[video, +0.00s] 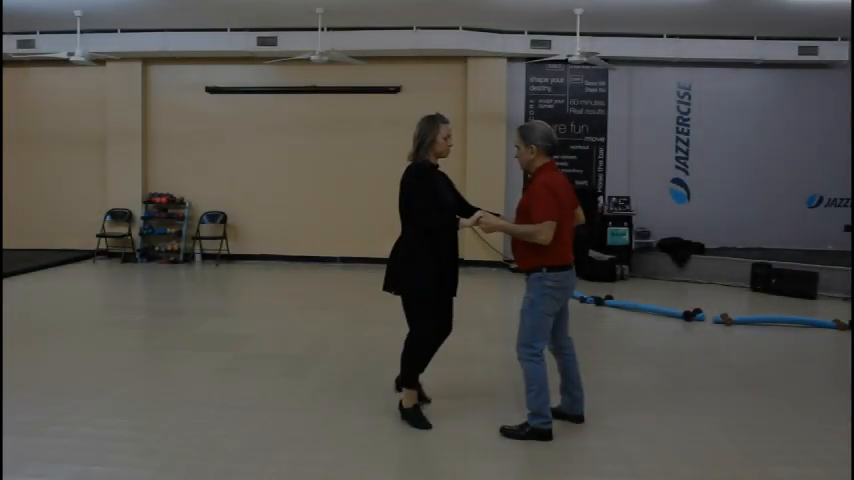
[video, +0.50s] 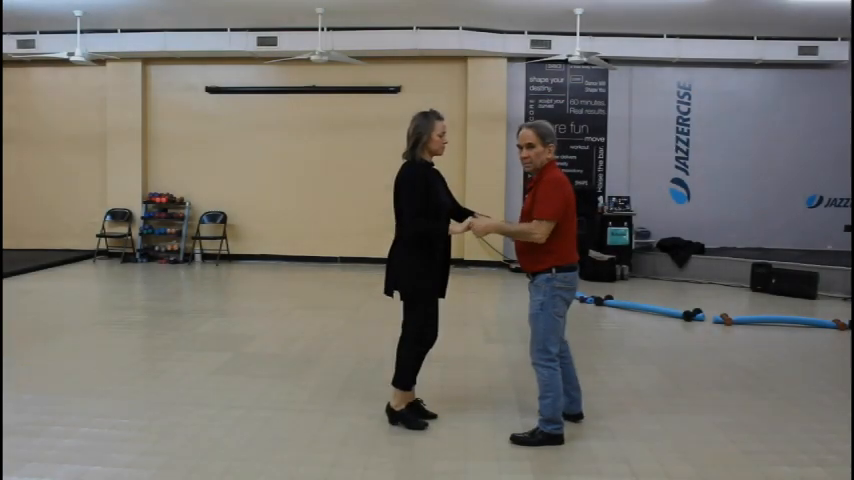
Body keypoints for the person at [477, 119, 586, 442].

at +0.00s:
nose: (516, 154)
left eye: (519, 148)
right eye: (517, 148)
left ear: (534, 150)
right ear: (542, 151)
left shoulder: (543, 184)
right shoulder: (558, 179)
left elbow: (543, 235)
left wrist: (500, 225)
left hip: (545, 279)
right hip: (561, 275)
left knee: (529, 350)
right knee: (561, 343)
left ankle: (538, 422)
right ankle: (573, 407)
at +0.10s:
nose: (517, 154)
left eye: (521, 148)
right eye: (518, 148)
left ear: (537, 150)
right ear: (541, 150)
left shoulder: (545, 183)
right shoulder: (557, 178)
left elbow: (541, 234)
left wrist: (497, 228)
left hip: (551, 276)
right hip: (563, 274)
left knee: (534, 349)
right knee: (562, 342)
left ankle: (540, 423)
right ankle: (573, 407)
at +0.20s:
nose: (519, 155)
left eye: (522, 149)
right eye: (519, 149)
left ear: (540, 151)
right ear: (543, 150)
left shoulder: (551, 182)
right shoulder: (552, 178)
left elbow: (539, 232)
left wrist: (493, 231)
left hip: (553, 276)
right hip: (561, 274)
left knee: (540, 350)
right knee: (563, 344)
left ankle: (548, 426)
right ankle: (573, 408)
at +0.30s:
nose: (519, 154)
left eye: (524, 148)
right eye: (519, 148)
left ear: (544, 150)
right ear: (542, 150)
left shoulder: (552, 183)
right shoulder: (547, 180)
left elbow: (536, 232)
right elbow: (532, 224)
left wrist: (489, 232)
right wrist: (497, 229)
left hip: (554, 277)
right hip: (556, 275)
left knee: (546, 352)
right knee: (562, 346)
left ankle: (550, 427)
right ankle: (573, 408)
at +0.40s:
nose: (522, 154)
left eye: (528, 148)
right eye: (520, 148)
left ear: (549, 150)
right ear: (525, 150)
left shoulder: (554, 183)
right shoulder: (542, 181)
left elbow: (535, 232)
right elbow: (528, 225)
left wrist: (489, 232)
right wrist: (490, 228)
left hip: (554, 278)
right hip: (551, 275)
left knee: (545, 354)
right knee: (560, 346)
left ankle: (550, 427)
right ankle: (572, 408)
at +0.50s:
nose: (523, 153)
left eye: (530, 147)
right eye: (520, 147)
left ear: (549, 149)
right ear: (519, 149)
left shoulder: (554, 182)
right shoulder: (539, 181)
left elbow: (539, 233)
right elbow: (532, 229)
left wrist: (495, 227)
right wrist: (497, 226)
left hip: (553, 279)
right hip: (547, 276)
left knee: (544, 354)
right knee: (556, 346)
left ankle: (550, 427)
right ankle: (571, 407)